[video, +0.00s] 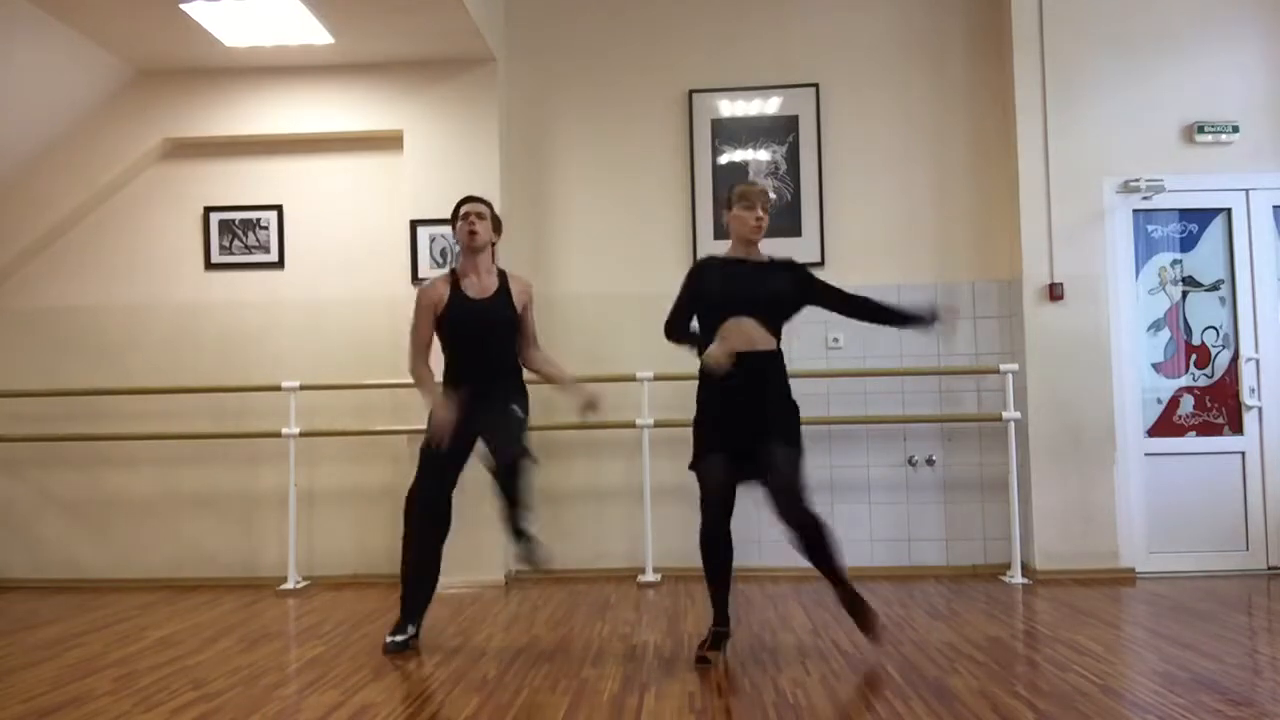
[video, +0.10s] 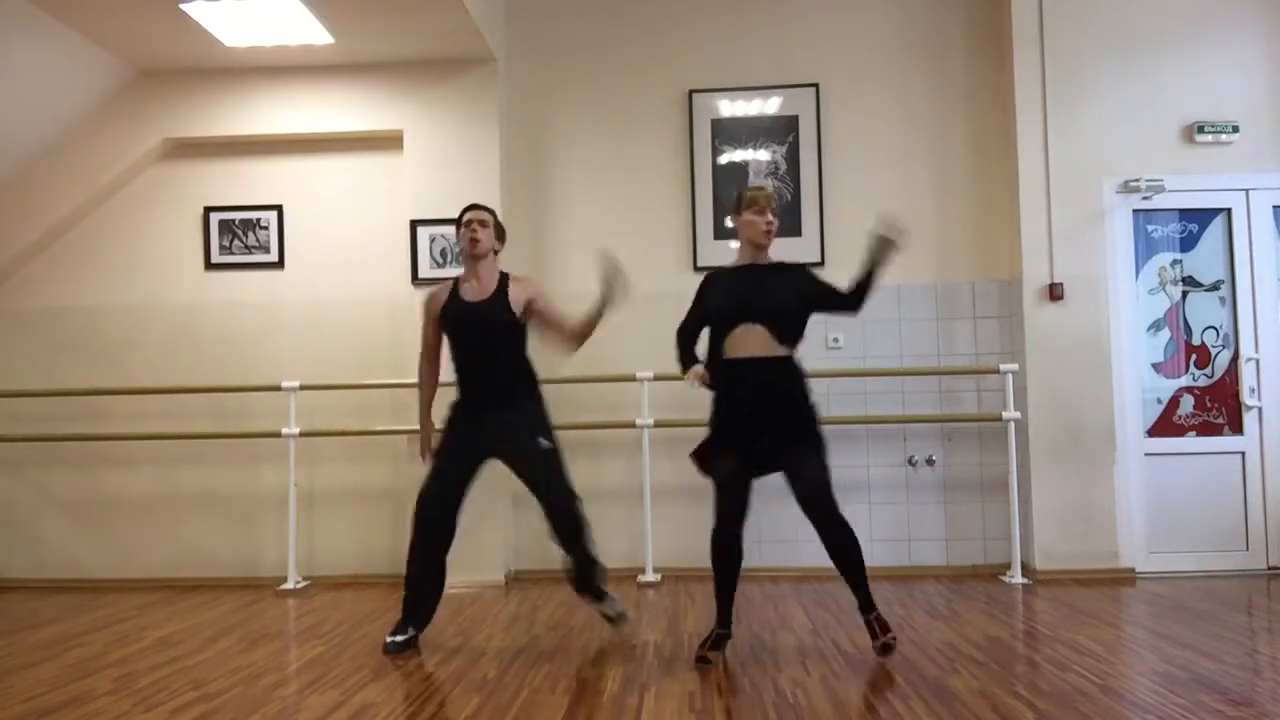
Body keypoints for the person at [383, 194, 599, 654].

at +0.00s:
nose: (470, 224)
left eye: (479, 218)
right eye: (464, 219)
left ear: (495, 233)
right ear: (454, 234)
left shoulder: (517, 289)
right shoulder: (435, 293)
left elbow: (532, 353)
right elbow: (419, 362)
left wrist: (576, 388)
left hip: (504, 399)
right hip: (456, 401)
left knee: (509, 456)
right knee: (426, 502)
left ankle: (522, 535)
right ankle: (409, 619)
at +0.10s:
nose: (471, 231)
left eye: (481, 225)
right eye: (465, 226)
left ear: (499, 240)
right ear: (458, 240)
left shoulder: (522, 291)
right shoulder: (440, 300)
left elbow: (573, 337)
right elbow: (430, 364)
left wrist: (602, 303)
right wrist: (425, 424)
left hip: (521, 417)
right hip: (470, 419)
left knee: (560, 501)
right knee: (432, 510)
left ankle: (590, 585)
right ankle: (413, 619)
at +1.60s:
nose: (600, 230)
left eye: (608, 223)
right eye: (599, 224)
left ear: (634, 227)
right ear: (609, 230)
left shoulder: (668, 268)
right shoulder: (598, 286)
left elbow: (704, 304)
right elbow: (562, 327)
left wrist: (678, 333)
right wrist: (519, 332)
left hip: (646, 400)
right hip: (599, 392)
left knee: (637, 506)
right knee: (533, 457)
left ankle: (627, 604)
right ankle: (451, 521)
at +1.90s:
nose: (616, 227)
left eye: (623, 220)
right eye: (609, 221)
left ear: (638, 227)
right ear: (600, 231)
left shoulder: (663, 273)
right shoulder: (589, 284)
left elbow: (686, 314)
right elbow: (597, 338)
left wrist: (672, 349)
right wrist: (655, 331)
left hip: (645, 398)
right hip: (600, 397)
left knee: (641, 507)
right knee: (579, 491)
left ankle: (628, 604)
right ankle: (642, 517)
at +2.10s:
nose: (616, 229)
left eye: (623, 223)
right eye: (609, 224)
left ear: (636, 230)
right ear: (598, 233)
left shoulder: (655, 275)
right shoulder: (583, 282)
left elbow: (676, 312)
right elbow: (599, 328)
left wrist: (669, 350)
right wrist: (647, 296)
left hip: (650, 399)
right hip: (606, 401)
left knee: (643, 510)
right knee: (600, 498)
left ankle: (628, 605)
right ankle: (673, 455)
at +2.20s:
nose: (615, 231)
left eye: (622, 224)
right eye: (608, 225)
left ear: (635, 231)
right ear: (597, 234)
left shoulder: (652, 278)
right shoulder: (581, 283)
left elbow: (672, 315)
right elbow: (597, 329)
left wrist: (667, 352)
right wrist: (644, 297)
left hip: (649, 402)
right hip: (606, 404)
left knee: (643, 506)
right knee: (613, 501)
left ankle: (627, 604)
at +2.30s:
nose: (613, 236)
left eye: (620, 229)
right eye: (605, 230)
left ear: (632, 236)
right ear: (594, 238)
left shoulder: (650, 281)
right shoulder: (579, 288)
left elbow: (671, 319)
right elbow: (594, 333)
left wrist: (666, 356)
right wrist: (641, 300)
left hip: (648, 404)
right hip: (605, 409)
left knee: (642, 506)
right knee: (634, 507)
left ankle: (627, 604)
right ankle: (696, 583)